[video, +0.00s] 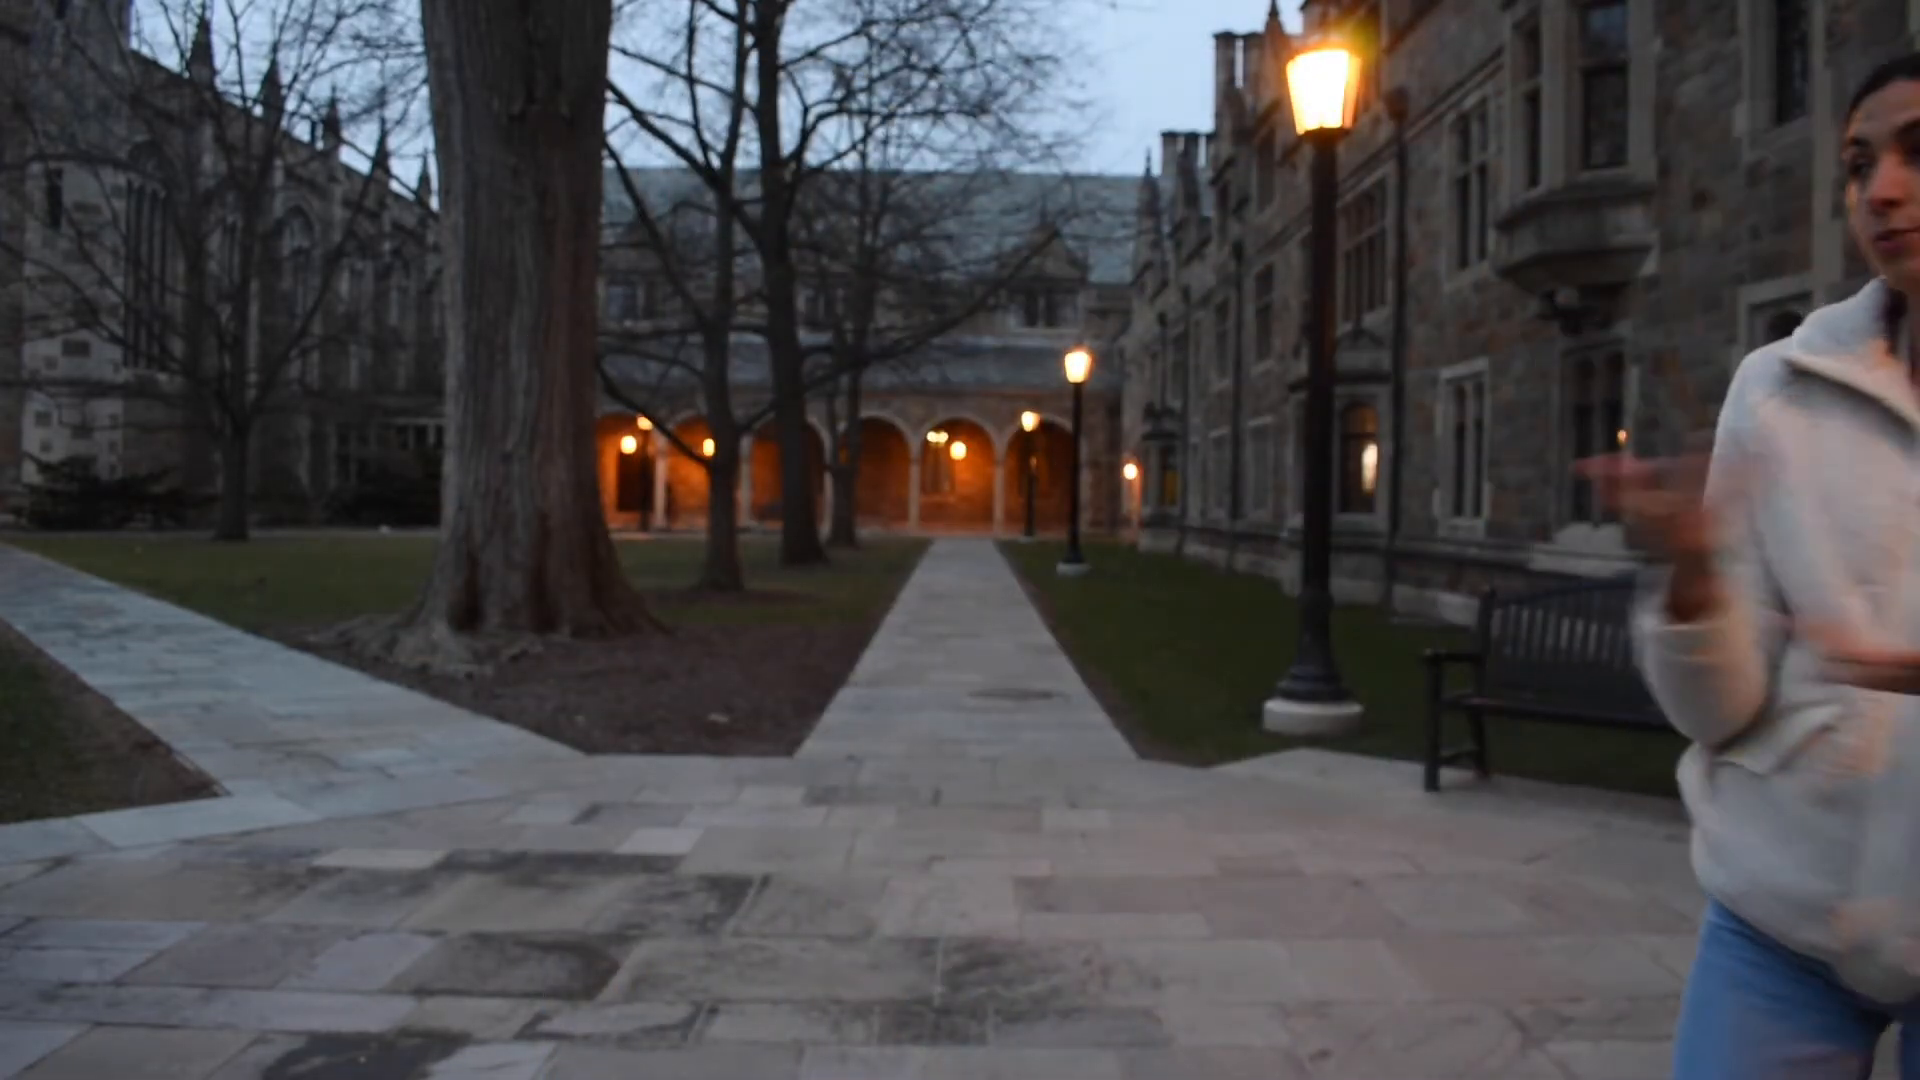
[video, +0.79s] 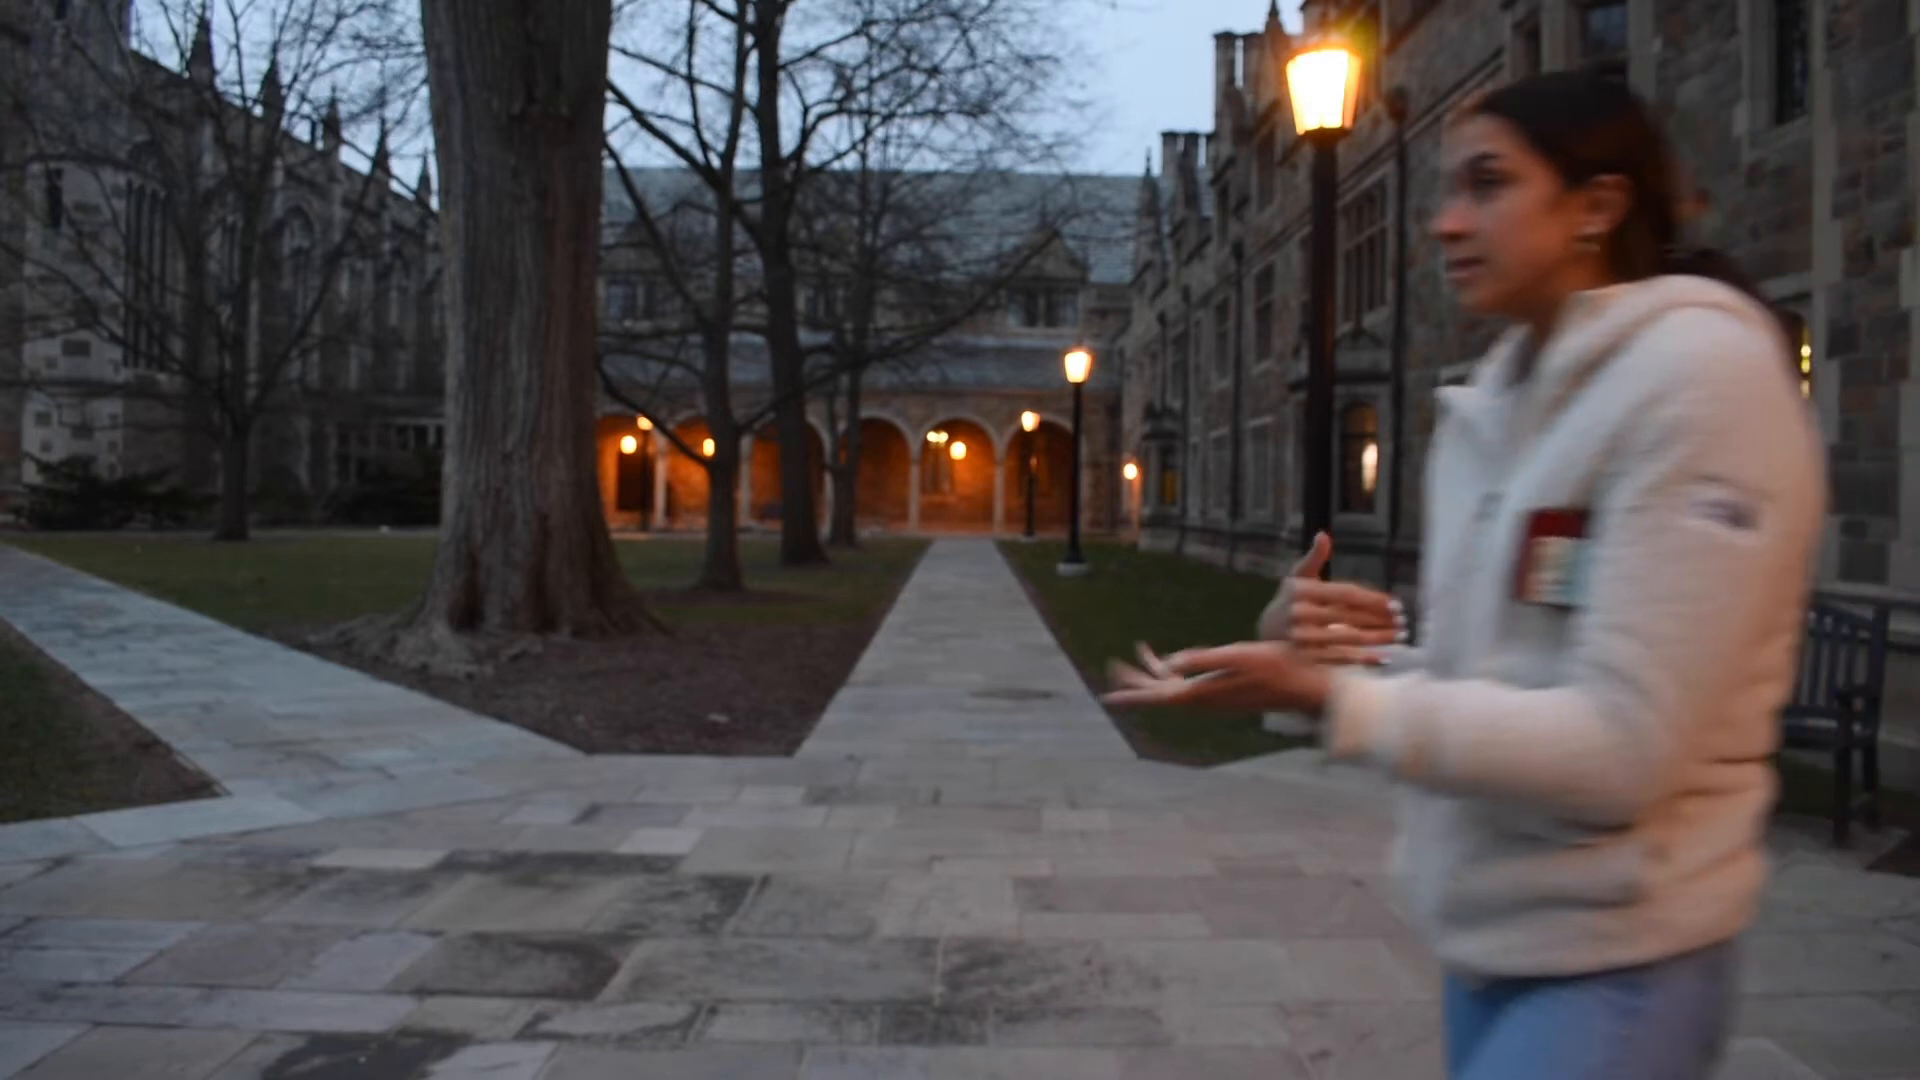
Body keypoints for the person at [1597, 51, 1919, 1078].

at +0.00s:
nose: (1885, 188)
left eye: (1914, 150)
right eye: (1864, 160)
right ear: (1844, 190)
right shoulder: (1782, 387)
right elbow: (1718, 712)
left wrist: (1903, 664)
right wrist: (1690, 569)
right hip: (1785, 925)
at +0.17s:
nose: (1810, 190)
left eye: (1857, 149)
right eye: (1794, 165)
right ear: (1785, 197)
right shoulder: (1751, 392)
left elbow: (1903, 716)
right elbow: (1679, 695)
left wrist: (1805, 680)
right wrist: (1561, 583)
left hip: (1898, 963)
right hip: (1714, 933)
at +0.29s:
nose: (1748, 205)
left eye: (1794, 164)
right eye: (1736, 180)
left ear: (1898, 196)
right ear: (1725, 208)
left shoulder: (1910, 404)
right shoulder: (1703, 404)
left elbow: (1909, 735)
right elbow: (1614, 697)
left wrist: (1684, 675)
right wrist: (1481, 578)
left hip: (1859, 978)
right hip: (1655, 947)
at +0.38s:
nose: (1695, 215)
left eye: (1739, 176)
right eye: (1688, 189)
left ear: (1851, 201)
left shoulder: (1906, 401)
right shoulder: (1669, 412)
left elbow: (1893, 753)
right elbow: (1586, 700)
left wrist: (1613, 676)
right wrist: (1440, 594)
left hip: (1819, 975)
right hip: (1617, 945)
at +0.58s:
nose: (1576, 222)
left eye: (1618, 183)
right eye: (1576, 192)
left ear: (1730, 208)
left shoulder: (1840, 377)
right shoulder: (1583, 404)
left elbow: (1769, 744)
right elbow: (1531, 682)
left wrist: (1472, 685)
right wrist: (1388, 619)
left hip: (1722, 953)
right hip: (1552, 932)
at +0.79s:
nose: (1446, 223)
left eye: (1487, 184)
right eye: (1448, 190)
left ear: (1597, 204)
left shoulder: (1705, 365)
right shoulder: (1485, 405)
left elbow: (1625, 748)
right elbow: (1469, 676)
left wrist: (1329, 701)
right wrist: (1308, 652)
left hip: (1625, 963)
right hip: (1490, 950)